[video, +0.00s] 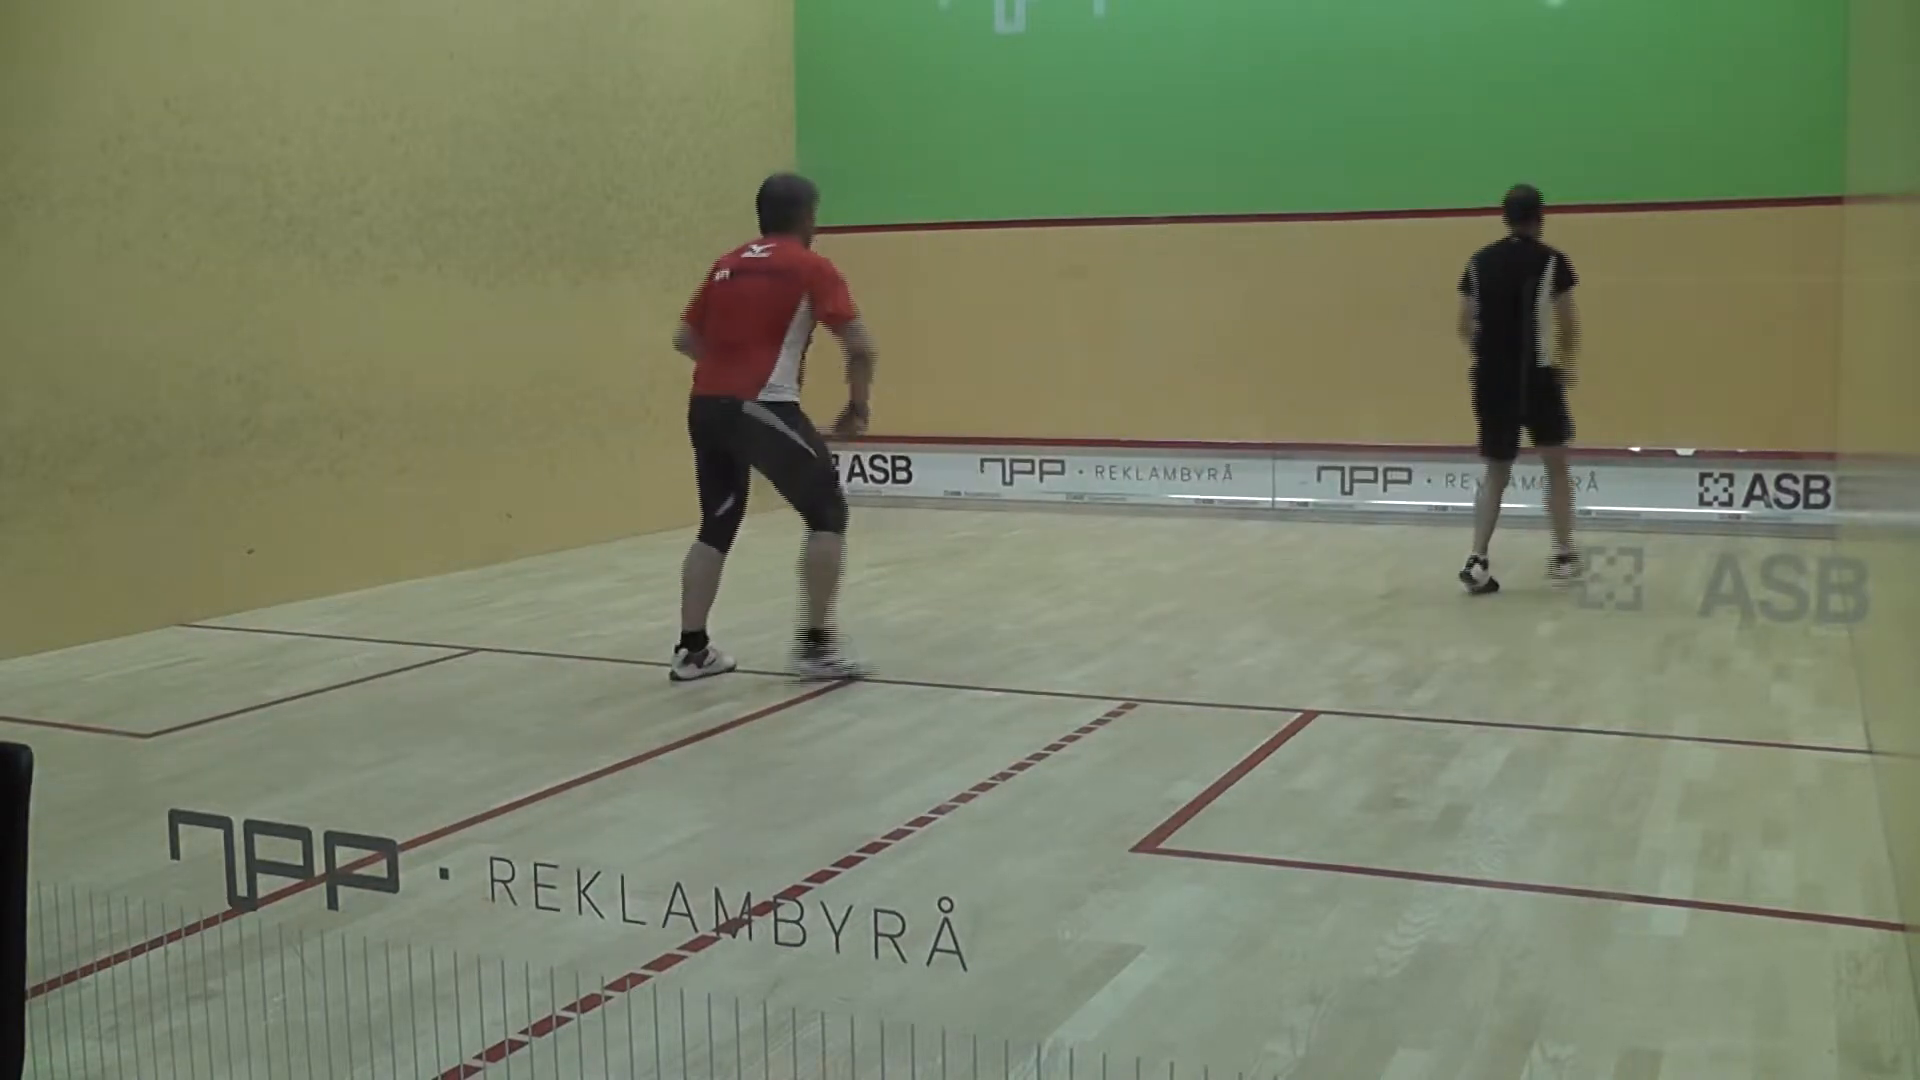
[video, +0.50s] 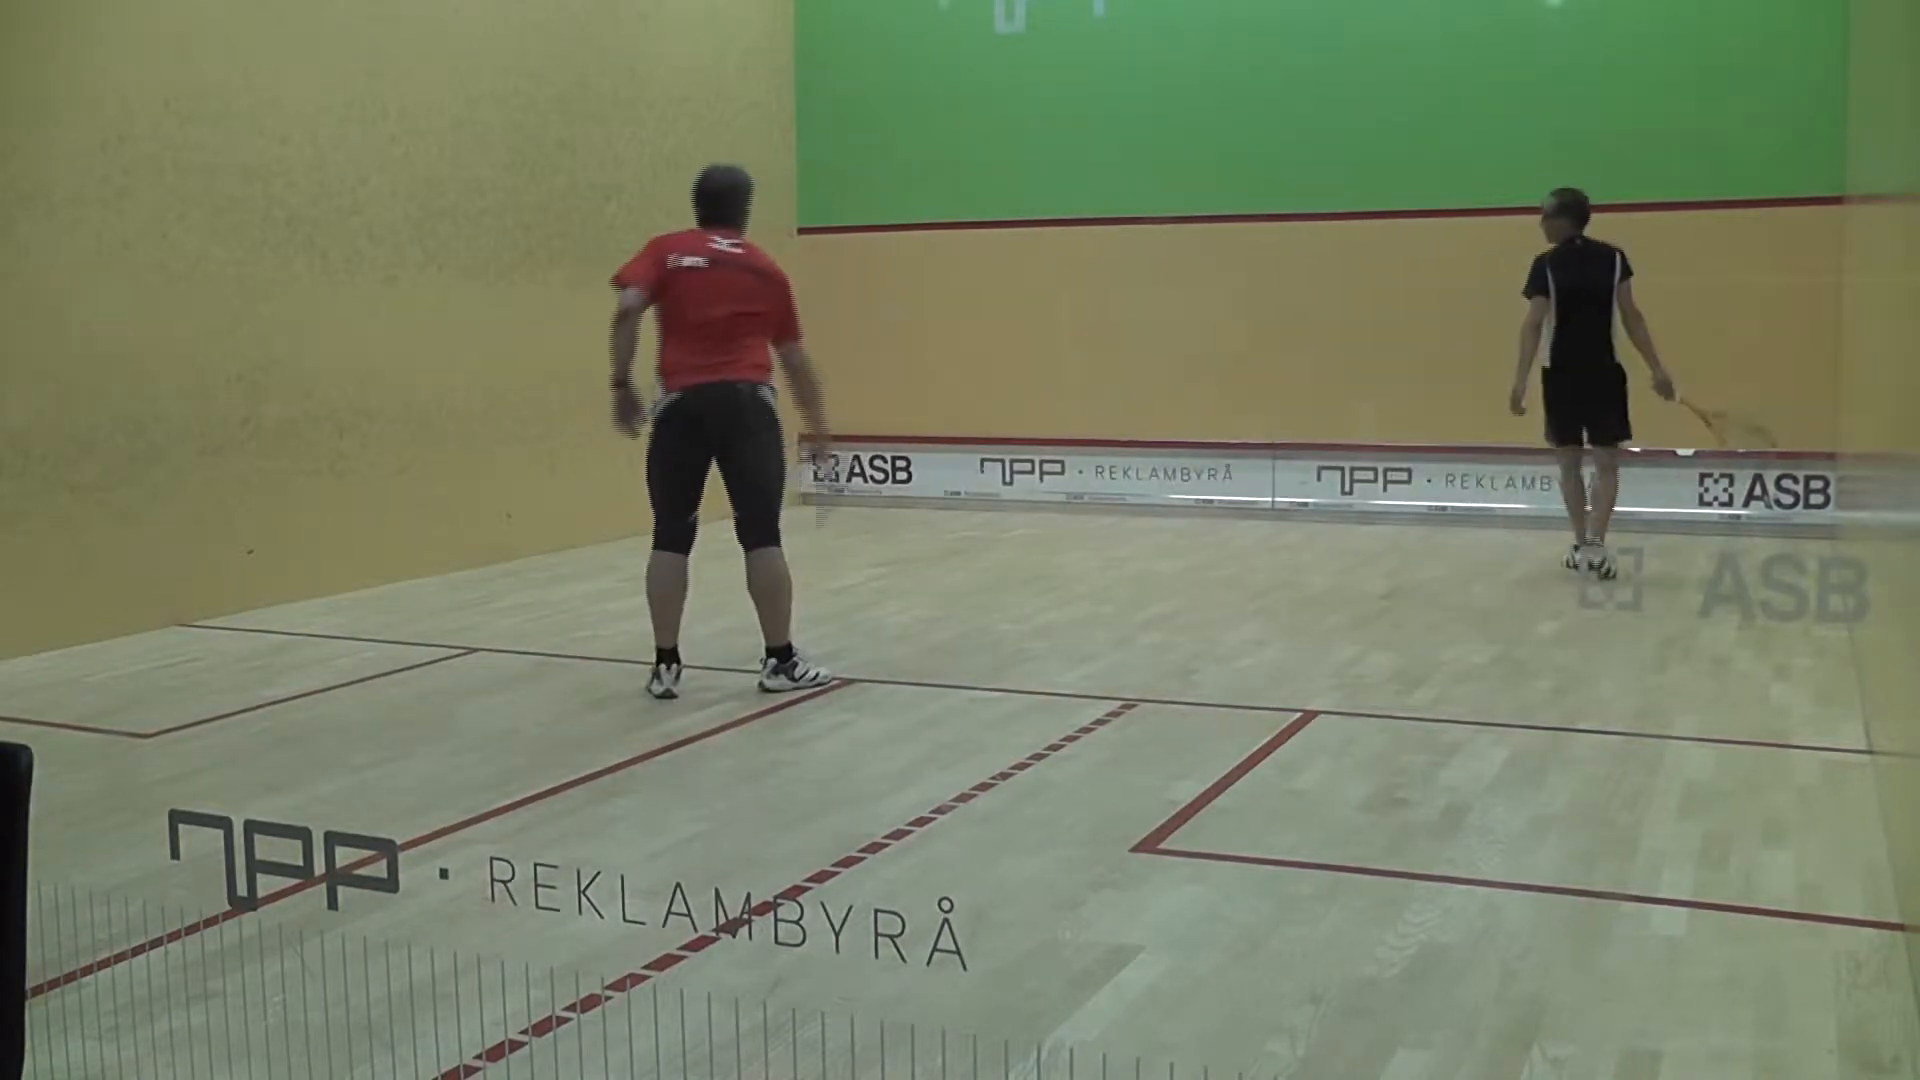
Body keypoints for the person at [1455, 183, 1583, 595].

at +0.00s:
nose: (1536, 223)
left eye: (1519, 216)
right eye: (1537, 216)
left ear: (1504, 218)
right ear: (1540, 218)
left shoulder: (1481, 261)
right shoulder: (1554, 262)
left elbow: (1466, 323)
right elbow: (1569, 323)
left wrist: (1483, 353)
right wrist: (1562, 366)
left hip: (1491, 379)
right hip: (1538, 378)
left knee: (1495, 470)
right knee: (1557, 467)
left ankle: (1476, 559)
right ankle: (1564, 556)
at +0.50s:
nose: (1542, 223)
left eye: (1546, 217)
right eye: (1543, 216)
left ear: (1559, 221)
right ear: (1582, 220)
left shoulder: (1546, 264)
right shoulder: (1612, 256)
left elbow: (1534, 323)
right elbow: (1630, 315)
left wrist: (1520, 380)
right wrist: (1657, 368)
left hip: (1561, 377)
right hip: (1605, 375)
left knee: (1569, 462)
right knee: (1607, 462)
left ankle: (1582, 543)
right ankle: (1596, 544)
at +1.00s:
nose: (1567, 220)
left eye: (1574, 214)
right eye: (1569, 213)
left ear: (1594, 220)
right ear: (1600, 220)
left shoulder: (1591, 261)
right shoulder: (1624, 256)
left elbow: (1591, 321)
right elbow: (1635, 319)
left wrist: (1560, 347)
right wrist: (1600, 341)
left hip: (1595, 370)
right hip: (1623, 369)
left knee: (1579, 457)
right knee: (1614, 452)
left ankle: (1582, 548)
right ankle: (1643, 542)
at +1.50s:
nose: (1587, 218)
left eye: (1597, 212)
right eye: (1586, 210)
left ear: (1617, 218)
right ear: (1583, 213)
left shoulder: (1628, 263)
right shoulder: (1586, 262)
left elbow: (1637, 325)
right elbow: (1585, 323)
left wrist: (1625, 380)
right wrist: (1571, 371)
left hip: (1617, 377)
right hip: (1591, 375)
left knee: (1606, 466)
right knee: (1610, 463)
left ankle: (1623, 556)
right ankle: (1636, 539)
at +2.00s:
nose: (1555, 217)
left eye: (1564, 211)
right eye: (1551, 210)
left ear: (1583, 216)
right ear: (1546, 214)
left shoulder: (1604, 261)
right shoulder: (1541, 267)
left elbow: (1628, 322)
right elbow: (1538, 327)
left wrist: (1638, 384)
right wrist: (1518, 382)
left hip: (1596, 380)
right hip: (1551, 380)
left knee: (1602, 469)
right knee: (1529, 463)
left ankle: (1619, 558)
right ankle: (1521, 562)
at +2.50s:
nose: (1485, 207)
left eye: (1495, 201)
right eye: (1480, 200)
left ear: (1512, 207)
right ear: (1473, 205)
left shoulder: (1531, 257)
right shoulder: (1460, 258)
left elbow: (1550, 320)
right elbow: (1445, 320)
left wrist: (1555, 383)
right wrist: (1425, 381)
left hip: (1514, 372)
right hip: (1471, 372)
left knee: (1496, 472)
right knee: (1485, 474)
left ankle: (1504, 573)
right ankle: (1508, 567)